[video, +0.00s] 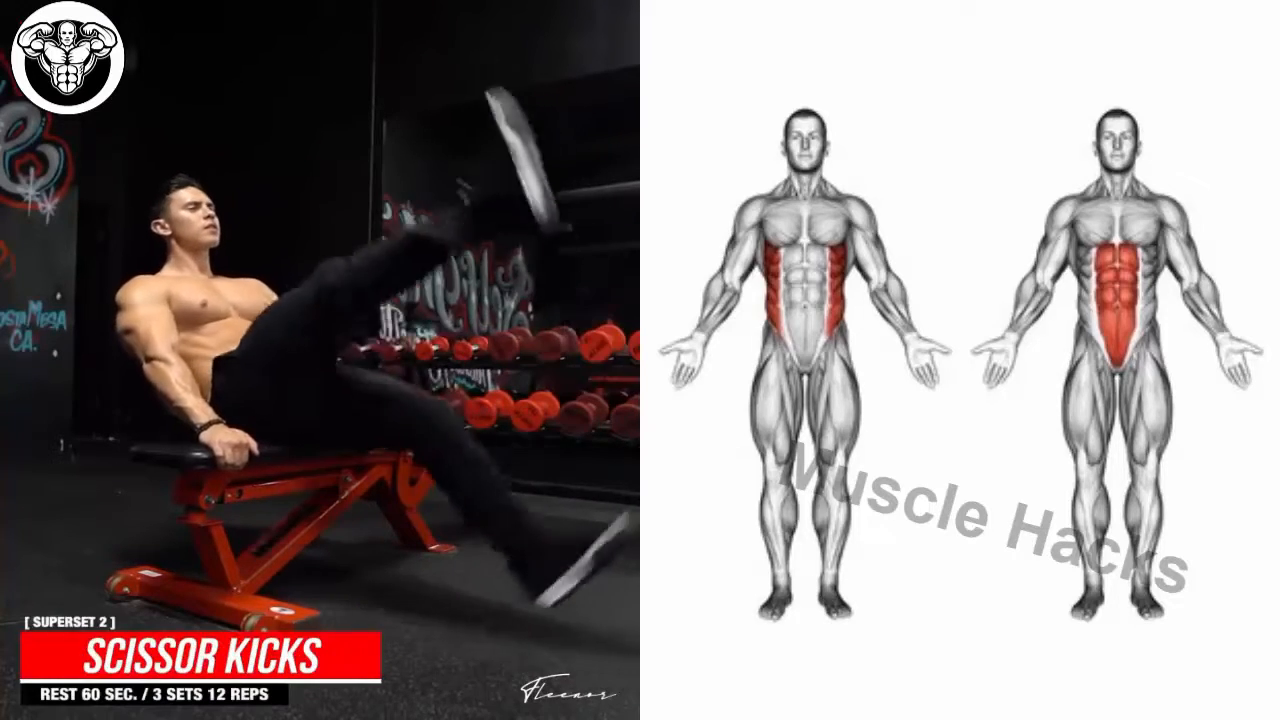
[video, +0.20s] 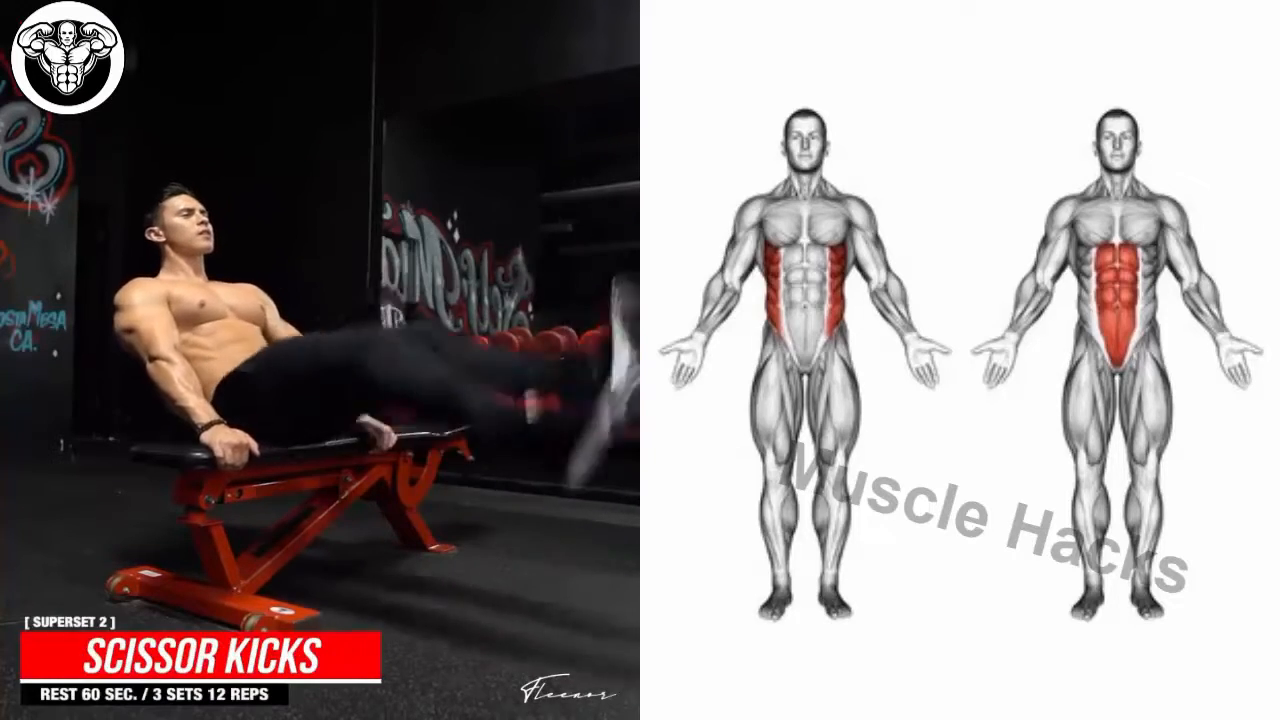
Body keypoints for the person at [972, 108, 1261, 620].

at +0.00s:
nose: (1116, 145)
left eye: (1124, 138)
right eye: (1109, 137)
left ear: (1137, 146)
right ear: (1097, 145)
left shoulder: (1164, 211)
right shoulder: (1070, 211)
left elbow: (1193, 282)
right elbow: (1041, 282)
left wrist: (1221, 335)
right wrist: (1012, 336)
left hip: (1144, 355)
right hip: (1089, 354)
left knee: (1145, 466)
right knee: (1088, 467)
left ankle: (1141, 582)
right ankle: (1092, 583)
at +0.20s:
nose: (1116, 145)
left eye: (1124, 138)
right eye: (1109, 137)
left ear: (1137, 146)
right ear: (1097, 145)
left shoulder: (1164, 211)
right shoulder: (1070, 211)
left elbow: (1193, 282)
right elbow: (1041, 282)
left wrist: (1221, 335)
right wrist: (1012, 336)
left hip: (1144, 355)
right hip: (1089, 354)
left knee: (1145, 466)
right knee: (1088, 467)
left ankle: (1141, 582)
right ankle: (1092, 583)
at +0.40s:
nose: (1116, 146)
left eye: (1124, 138)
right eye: (1109, 138)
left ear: (1137, 146)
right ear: (1097, 145)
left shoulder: (1164, 211)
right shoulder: (1070, 211)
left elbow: (1193, 282)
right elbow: (1041, 282)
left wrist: (1222, 335)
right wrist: (1012, 336)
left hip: (1144, 355)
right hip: (1089, 354)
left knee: (1145, 466)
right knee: (1088, 466)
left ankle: (1141, 581)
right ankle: (1092, 583)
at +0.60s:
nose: (1116, 145)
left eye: (1124, 138)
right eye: (1109, 137)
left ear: (1137, 146)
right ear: (1097, 145)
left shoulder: (1164, 211)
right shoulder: (1070, 211)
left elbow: (1192, 282)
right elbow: (1041, 282)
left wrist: (1221, 335)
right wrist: (1012, 336)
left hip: (1144, 355)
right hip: (1089, 354)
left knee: (1145, 467)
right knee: (1088, 466)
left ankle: (1141, 582)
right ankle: (1092, 583)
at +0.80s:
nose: (1116, 145)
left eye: (1124, 138)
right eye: (1109, 137)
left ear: (1137, 146)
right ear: (1097, 145)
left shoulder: (1164, 211)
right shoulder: (1070, 211)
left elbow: (1192, 282)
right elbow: (1041, 282)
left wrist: (1221, 335)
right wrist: (1012, 336)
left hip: (1144, 355)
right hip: (1089, 354)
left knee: (1145, 467)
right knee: (1088, 466)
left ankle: (1141, 582)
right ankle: (1092, 583)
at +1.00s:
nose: (1116, 145)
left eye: (1124, 138)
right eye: (1109, 137)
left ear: (1137, 146)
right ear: (1097, 145)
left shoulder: (1164, 211)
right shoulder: (1070, 211)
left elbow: (1193, 282)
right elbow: (1041, 282)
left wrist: (1221, 335)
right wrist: (1012, 336)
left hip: (1144, 355)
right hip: (1089, 354)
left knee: (1145, 466)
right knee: (1088, 466)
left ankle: (1141, 582)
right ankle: (1092, 583)